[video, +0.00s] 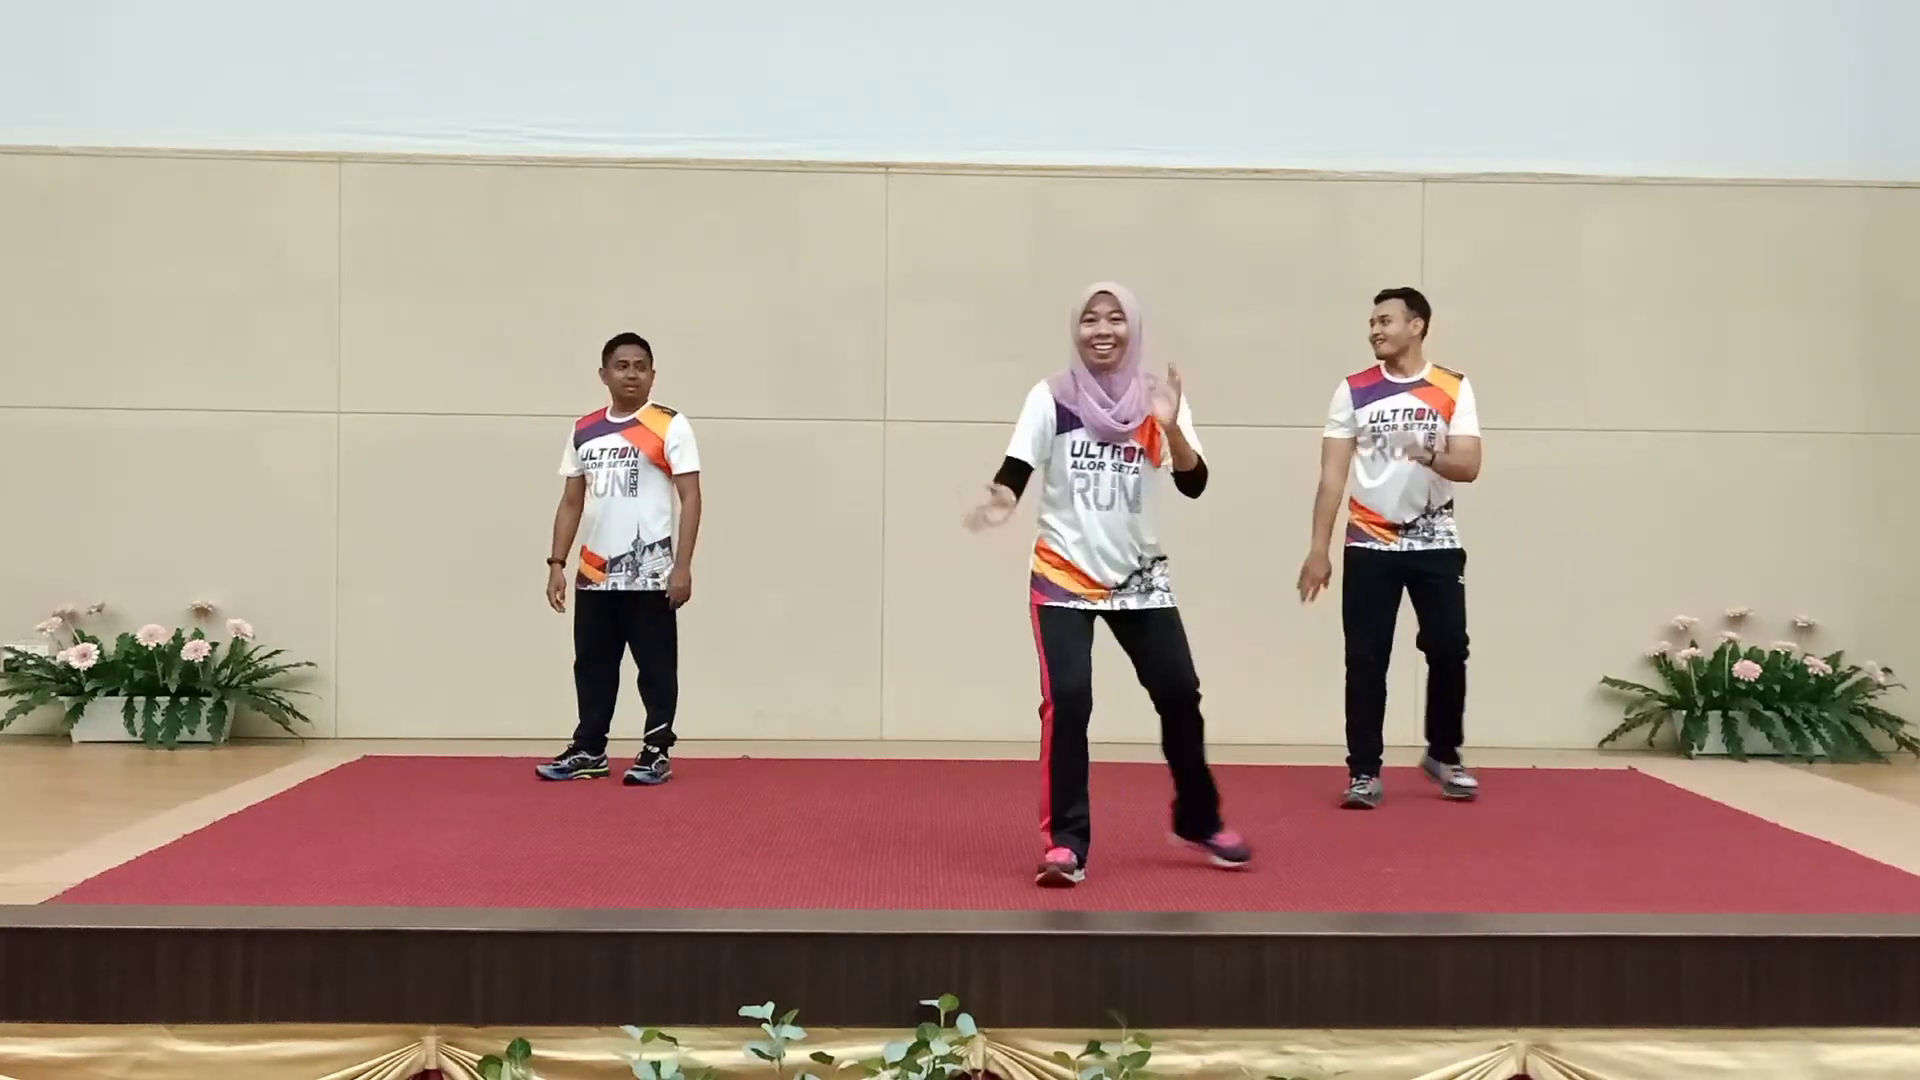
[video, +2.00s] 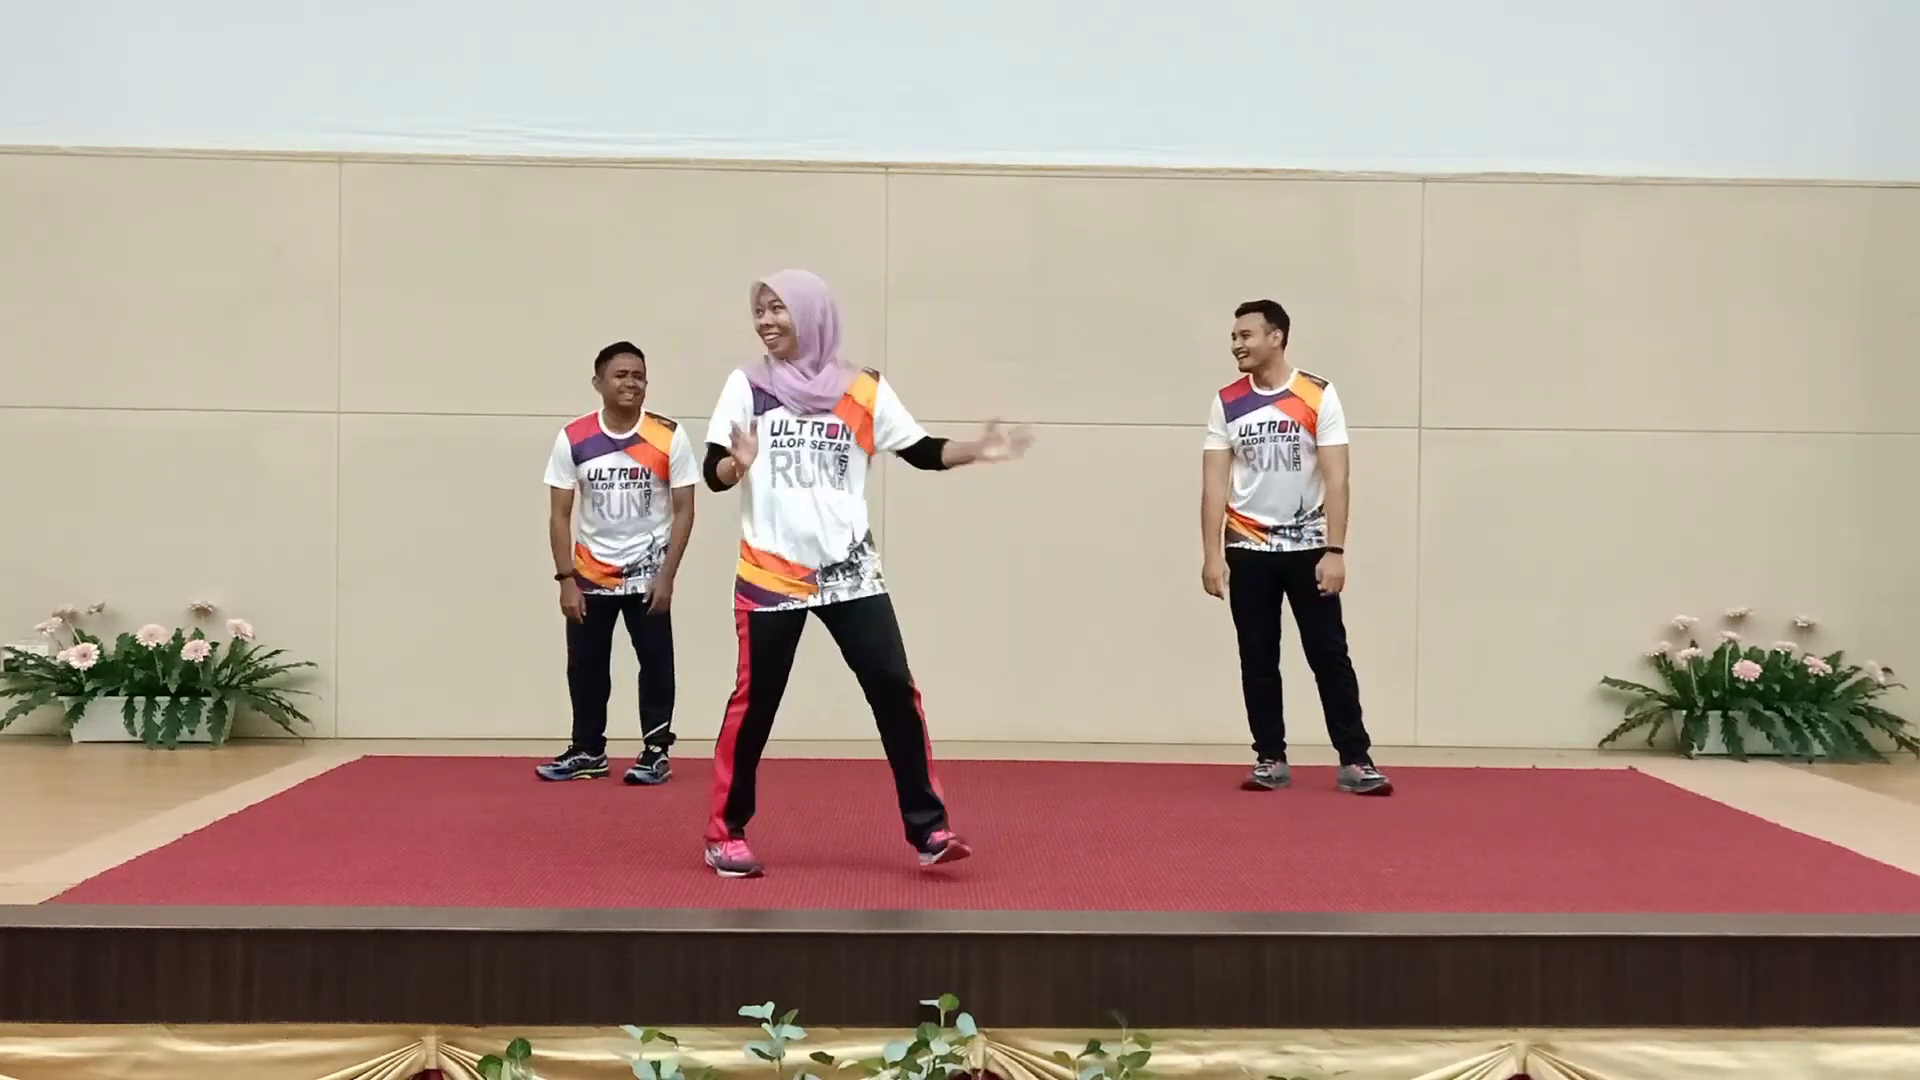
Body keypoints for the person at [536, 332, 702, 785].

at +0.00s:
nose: (632, 373)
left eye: (641, 366)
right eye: (622, 365)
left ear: (653, 373)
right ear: (604, 374)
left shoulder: (671, 427)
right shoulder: (584, 430)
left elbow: (691, 499)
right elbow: (571, 502)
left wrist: (683, 566)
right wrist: (557, 563)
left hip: (652, 575)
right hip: (596, 575)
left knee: (657, 670)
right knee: (593, 668)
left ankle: (656, 754)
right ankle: (589, 752)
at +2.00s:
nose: (631, 382)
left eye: (638, 375)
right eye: (621, 375)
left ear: (646, 382)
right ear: (599, 381)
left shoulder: (670, 438)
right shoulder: (573, 439)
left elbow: (684, 511)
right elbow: (559, 515)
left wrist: (666, 574)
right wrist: (566, 578)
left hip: (649, 573)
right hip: (591, 574)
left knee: (656, 665)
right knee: (585, 666)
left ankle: (656, 753)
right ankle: (588, 752)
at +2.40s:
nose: (583, 390)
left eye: (590, 382)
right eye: (582, 381)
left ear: (622, 384)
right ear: (607, 384)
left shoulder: (667, 435)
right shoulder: (584, 436)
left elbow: (690, 506)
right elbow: (563, 506)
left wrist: (669, 572)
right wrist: (538, 563)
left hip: (654, 581)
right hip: (600, 579)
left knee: (661, 673)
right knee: (595, 670)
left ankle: (655, 754)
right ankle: (589, 752)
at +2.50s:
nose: (583, 390)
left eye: (590, 381)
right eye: (583, 381)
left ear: (620, 382)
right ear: (607, 382)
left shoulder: (667, 432)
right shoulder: (586, 434)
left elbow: (694, 502)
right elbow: (548, 493)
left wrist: (677, 568)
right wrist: (504, 543)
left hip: (656, 576)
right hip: (603, 575)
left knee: (663, 670)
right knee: (596, 668)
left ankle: (655, 755)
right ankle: (588, 753)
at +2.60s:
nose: (588, 386)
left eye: (594, 378)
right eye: (588, 377)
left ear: (623, 379)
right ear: (615, 379)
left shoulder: (670, 428)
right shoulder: (588, 429)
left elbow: (699, 498)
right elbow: (528, 458)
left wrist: (691, 568)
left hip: (658, 576)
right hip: (605, 575)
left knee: (662, 672)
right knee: (596, 668)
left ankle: (656, 755)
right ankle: (589, 752)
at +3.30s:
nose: (649, 374)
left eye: (655, 367)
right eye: (638, 366)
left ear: (663, 373)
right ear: (615, 373)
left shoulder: (685, 430)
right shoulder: (589, 428)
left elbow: (703, 501)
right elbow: (546, 483)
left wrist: (693, 563)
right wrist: (501, 529)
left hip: (662, 574)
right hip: (602, 572)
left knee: (663, 669)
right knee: (593, 667)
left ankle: (656, 755)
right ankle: (588, 753)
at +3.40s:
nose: (651, 375)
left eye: (657, 367)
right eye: (640, 367)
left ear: (663, 372)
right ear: (615, 372)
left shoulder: (684, 430)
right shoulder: (586, 428)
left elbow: (701, 501)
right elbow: (558, 493)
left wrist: (703, 567)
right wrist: (531, 553)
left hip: (661, 576)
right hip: (600, 574)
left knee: (663, 670)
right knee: (593, 668)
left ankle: (657, 753)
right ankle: (588, 752)